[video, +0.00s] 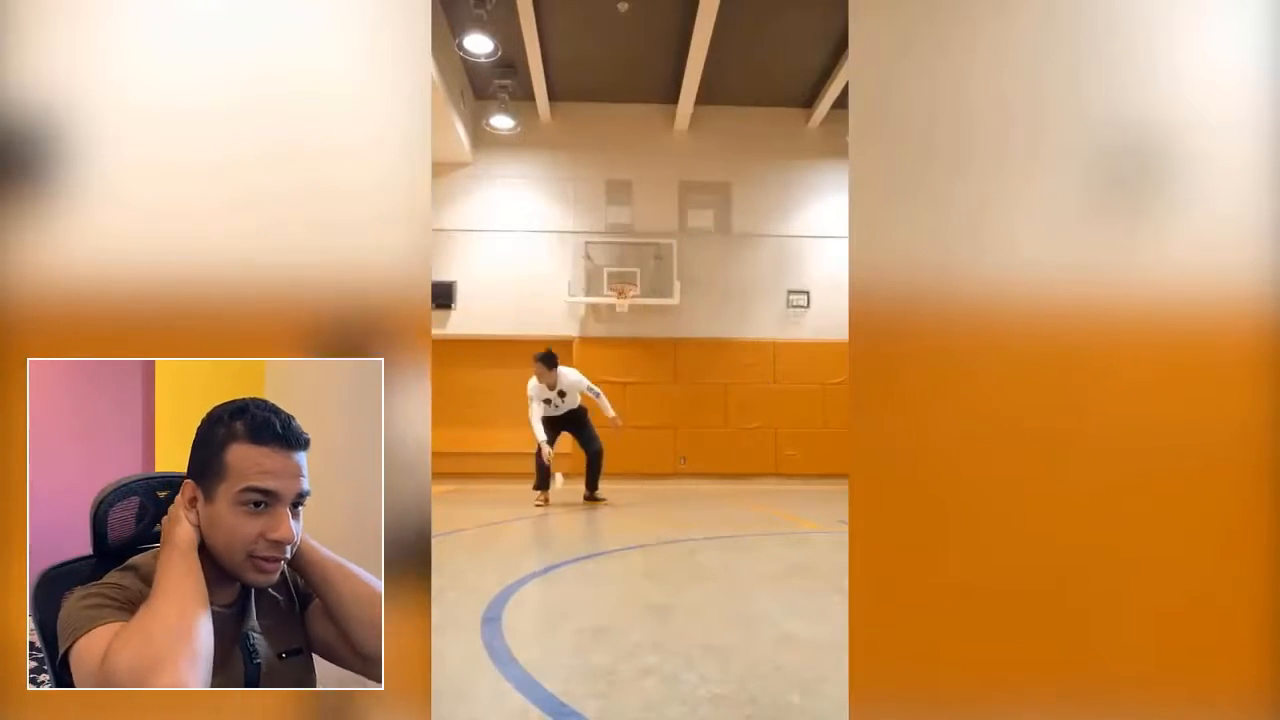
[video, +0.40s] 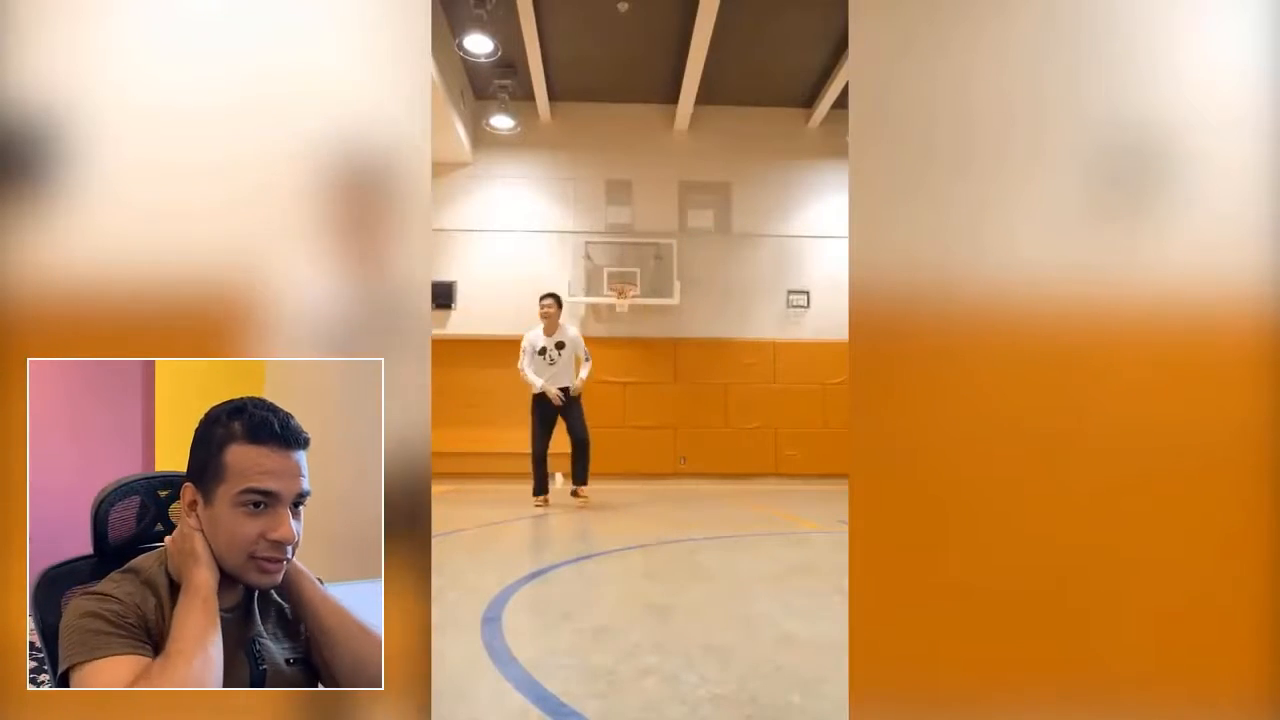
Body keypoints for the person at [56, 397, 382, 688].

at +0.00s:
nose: (286, 535)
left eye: (297, 506)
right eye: (257, 504)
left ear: (304, 503)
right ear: (194, 503)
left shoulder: (284, 585)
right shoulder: (101, 604)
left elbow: (397, 658)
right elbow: (166, 691)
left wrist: (294, 538)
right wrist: (179, 543)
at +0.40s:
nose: (287, 533)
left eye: (297, 506)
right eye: (256, 505)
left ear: (305, 503)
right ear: (193, 507)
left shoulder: (288, 596)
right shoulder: (107, 608)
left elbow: (381, 686)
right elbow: (161, 715)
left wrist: (292, 572)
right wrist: (199, 580)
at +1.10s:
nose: (274, 523)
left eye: (285, 496)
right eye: (241, 496)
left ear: (294, 499)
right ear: (184, 504)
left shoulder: (298, 594)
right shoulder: (104, 618)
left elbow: (381, 693)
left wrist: (301, 648)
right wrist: (225, 651)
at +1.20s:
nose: (272, 519)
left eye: (283, 493)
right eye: (240, 493)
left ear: (293, 497)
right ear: (183, 502)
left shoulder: (299, 595)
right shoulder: (103, 619)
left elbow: (383, 695)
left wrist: (300, 653)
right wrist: (232, 661)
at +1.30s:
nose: (270, 517)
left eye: (282, 490)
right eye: (238, 490)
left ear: (291, 495)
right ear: (182, 501)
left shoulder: (298, 594)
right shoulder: (103, 620)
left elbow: (385, 694)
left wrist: (300, 659)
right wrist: (241, 671)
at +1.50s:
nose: (269, 514)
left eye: (281, 489)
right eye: (238, 488)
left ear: (291, 494)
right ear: (182, 500)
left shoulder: (299, 595)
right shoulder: (105, 622)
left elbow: (384, 699)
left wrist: (300, 665)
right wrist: (248, 676)